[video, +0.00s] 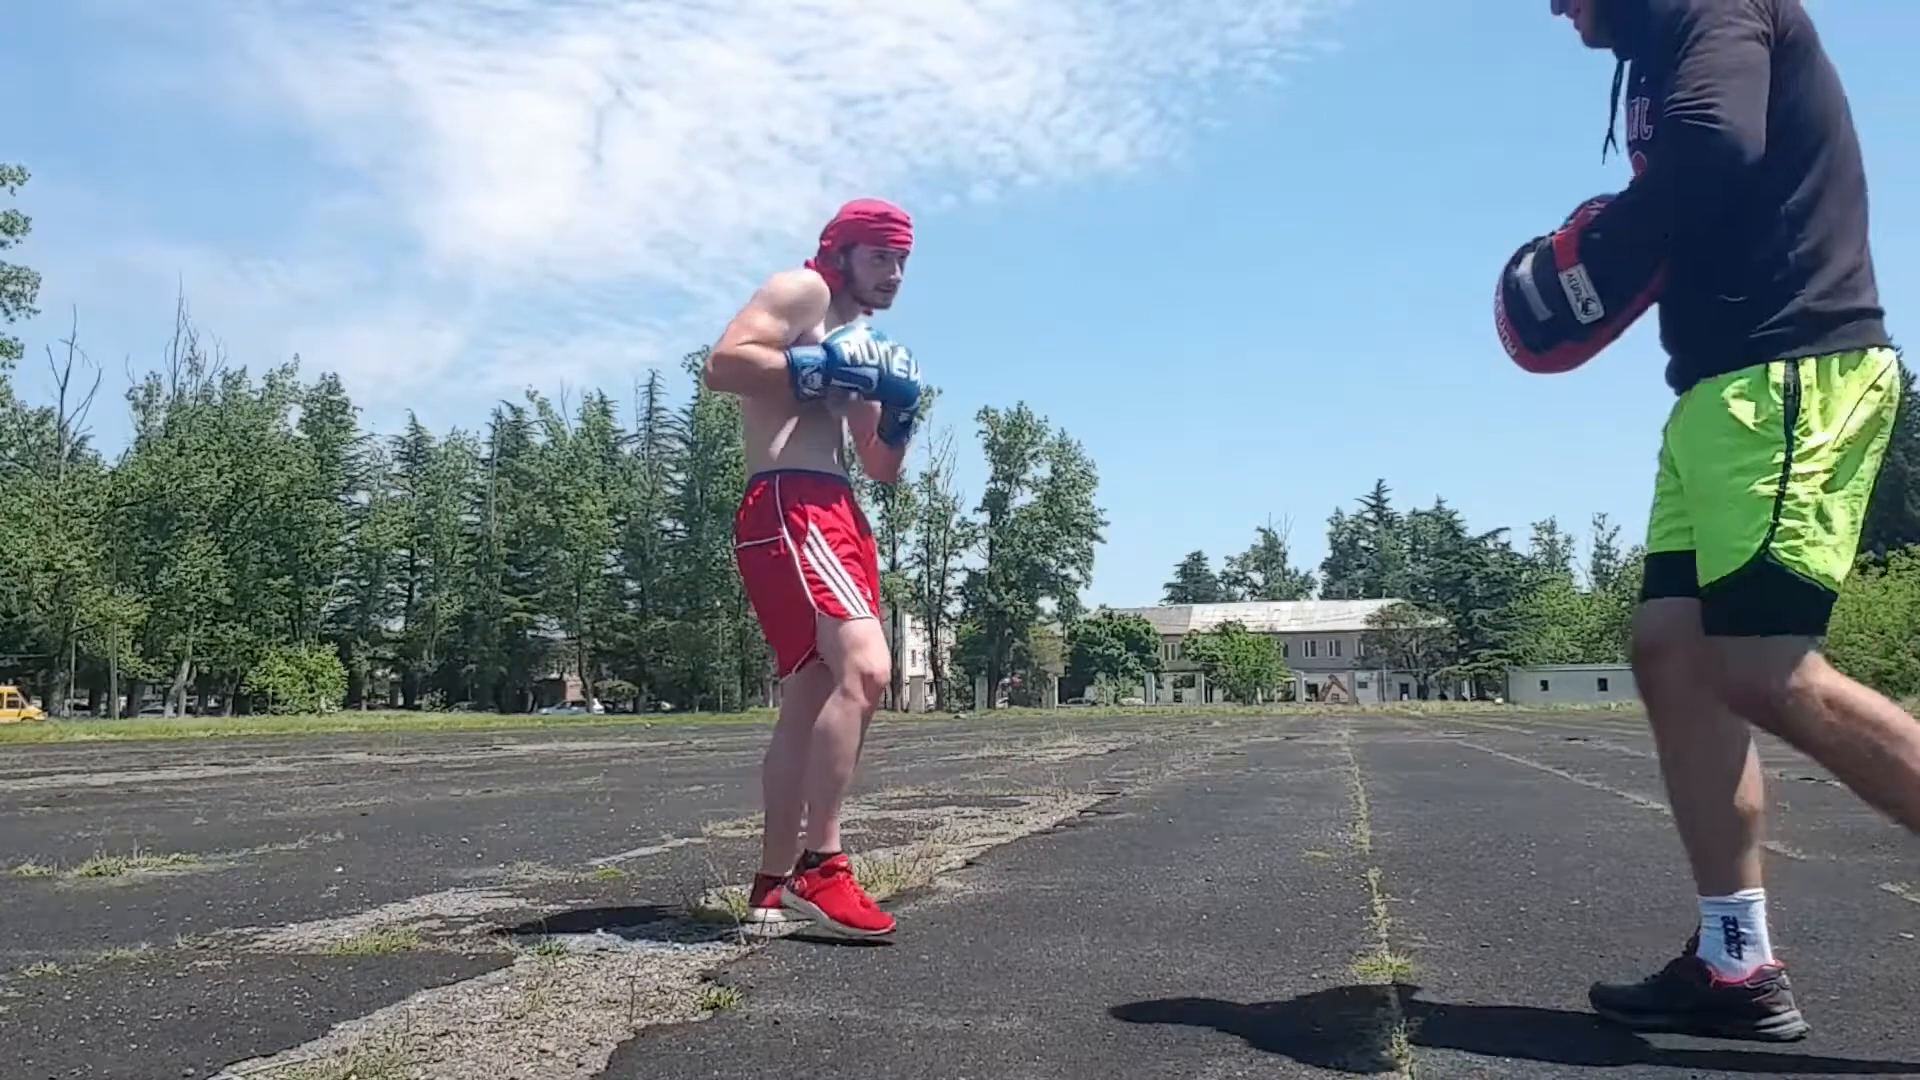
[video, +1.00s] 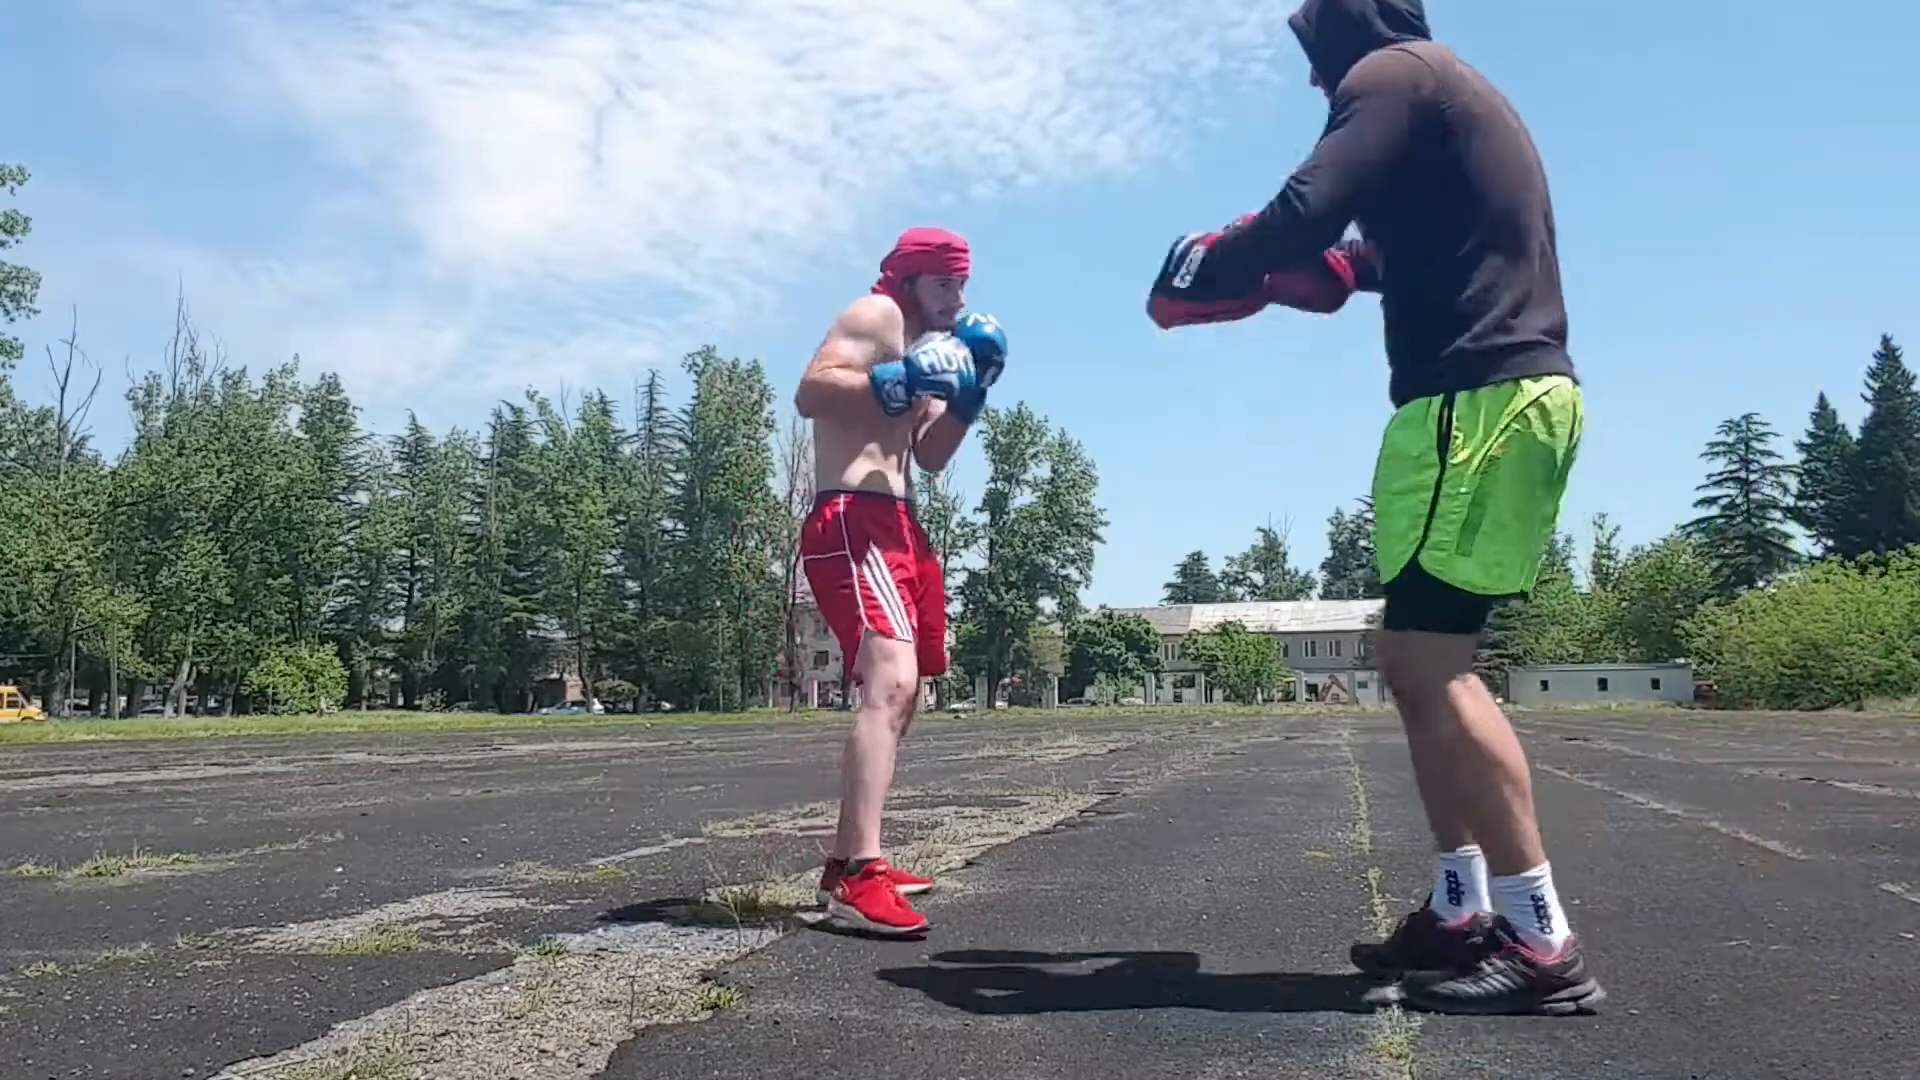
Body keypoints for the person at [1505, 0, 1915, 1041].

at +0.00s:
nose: (1561, 9)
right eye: (1557, 2)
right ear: (1609, 8)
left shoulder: (1713, 7)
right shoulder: (1660, 62)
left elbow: (1720, 141)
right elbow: (1688, 210)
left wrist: (1596, 248)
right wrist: (1581, 271)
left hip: (1798, 368)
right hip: (1720, 382)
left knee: (1757, 666)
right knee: (1670, 650)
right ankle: (1735, 965)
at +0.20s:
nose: (1475, 13)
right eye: (1469, 5)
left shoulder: (1585, 6)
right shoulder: (1624, 35)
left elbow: (1622, 140)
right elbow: (1635, 217)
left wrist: (1496, 238)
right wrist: (1512, 277)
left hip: (1683, 337)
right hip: (1742, 333)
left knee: (1603, 623)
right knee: (1694, 650)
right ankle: (1745, 961)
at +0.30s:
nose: (1436, 21)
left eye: (1435, 5)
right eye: (1433, 10)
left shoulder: (1544, 10)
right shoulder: (1604, 34)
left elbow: (1571, 157)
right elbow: (1587, 232)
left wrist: (1463, 257)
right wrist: (1477, 294)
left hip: (1636, 358)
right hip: (1694, 354)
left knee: (1577, 653)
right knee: (1633, 665)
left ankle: (1600, 968)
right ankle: (1721, 949)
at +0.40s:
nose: (1417, 54)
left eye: (1412, 31)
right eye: (1410, 39)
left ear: (1444, 7)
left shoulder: (1510, 39)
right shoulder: (1586, 54)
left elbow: (1503, 205)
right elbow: (1553, 251)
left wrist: (1425, 318)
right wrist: (1456, 332)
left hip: (1591, 386)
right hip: (1660, 387)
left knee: (1501, 658)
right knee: (1513, 654)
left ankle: (1596, 977)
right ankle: (1657, 887)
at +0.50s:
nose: (1386, 57)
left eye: (1385, 28)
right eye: (1378, 36)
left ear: (1423, 8)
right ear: (1479, 4)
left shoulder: (1470, 57)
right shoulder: (1560, 68)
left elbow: (1464, 221)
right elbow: (1537, 270)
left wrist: (1391, 327)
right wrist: (1426, 357)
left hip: (1563, 393)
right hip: (1619, 391)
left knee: (1490, 669)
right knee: (1443, 635)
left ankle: (1595, 977)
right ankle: (1556, 902)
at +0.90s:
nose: (1317, 97)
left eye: (1317, 73)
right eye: (1312, 81)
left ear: (1348, 46)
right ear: (1394, 30)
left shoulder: (1395, 80)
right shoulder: (1464, 105)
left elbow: (1380, 232)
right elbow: (1431, 307)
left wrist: (1285, 327)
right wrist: (1307, 364)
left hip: (1483, 397)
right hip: (1534, 392)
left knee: (1391, 651)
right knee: (1436, 663)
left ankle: (1536, 918)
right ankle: (1464, 919)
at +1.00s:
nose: (1315, 67)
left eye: (1314, 43)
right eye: (1310, 49)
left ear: (1350, 20)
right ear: (1402, 17)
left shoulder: (1392, 71)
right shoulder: (1461, 92)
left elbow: (1307, 211)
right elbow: (1428, 250)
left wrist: (1215, 255)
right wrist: (1329, 270)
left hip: (1475, 399)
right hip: (1512, 393)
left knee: (1436, 664)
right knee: (1415, 660)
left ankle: (1542, 942)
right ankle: (1463, 914)